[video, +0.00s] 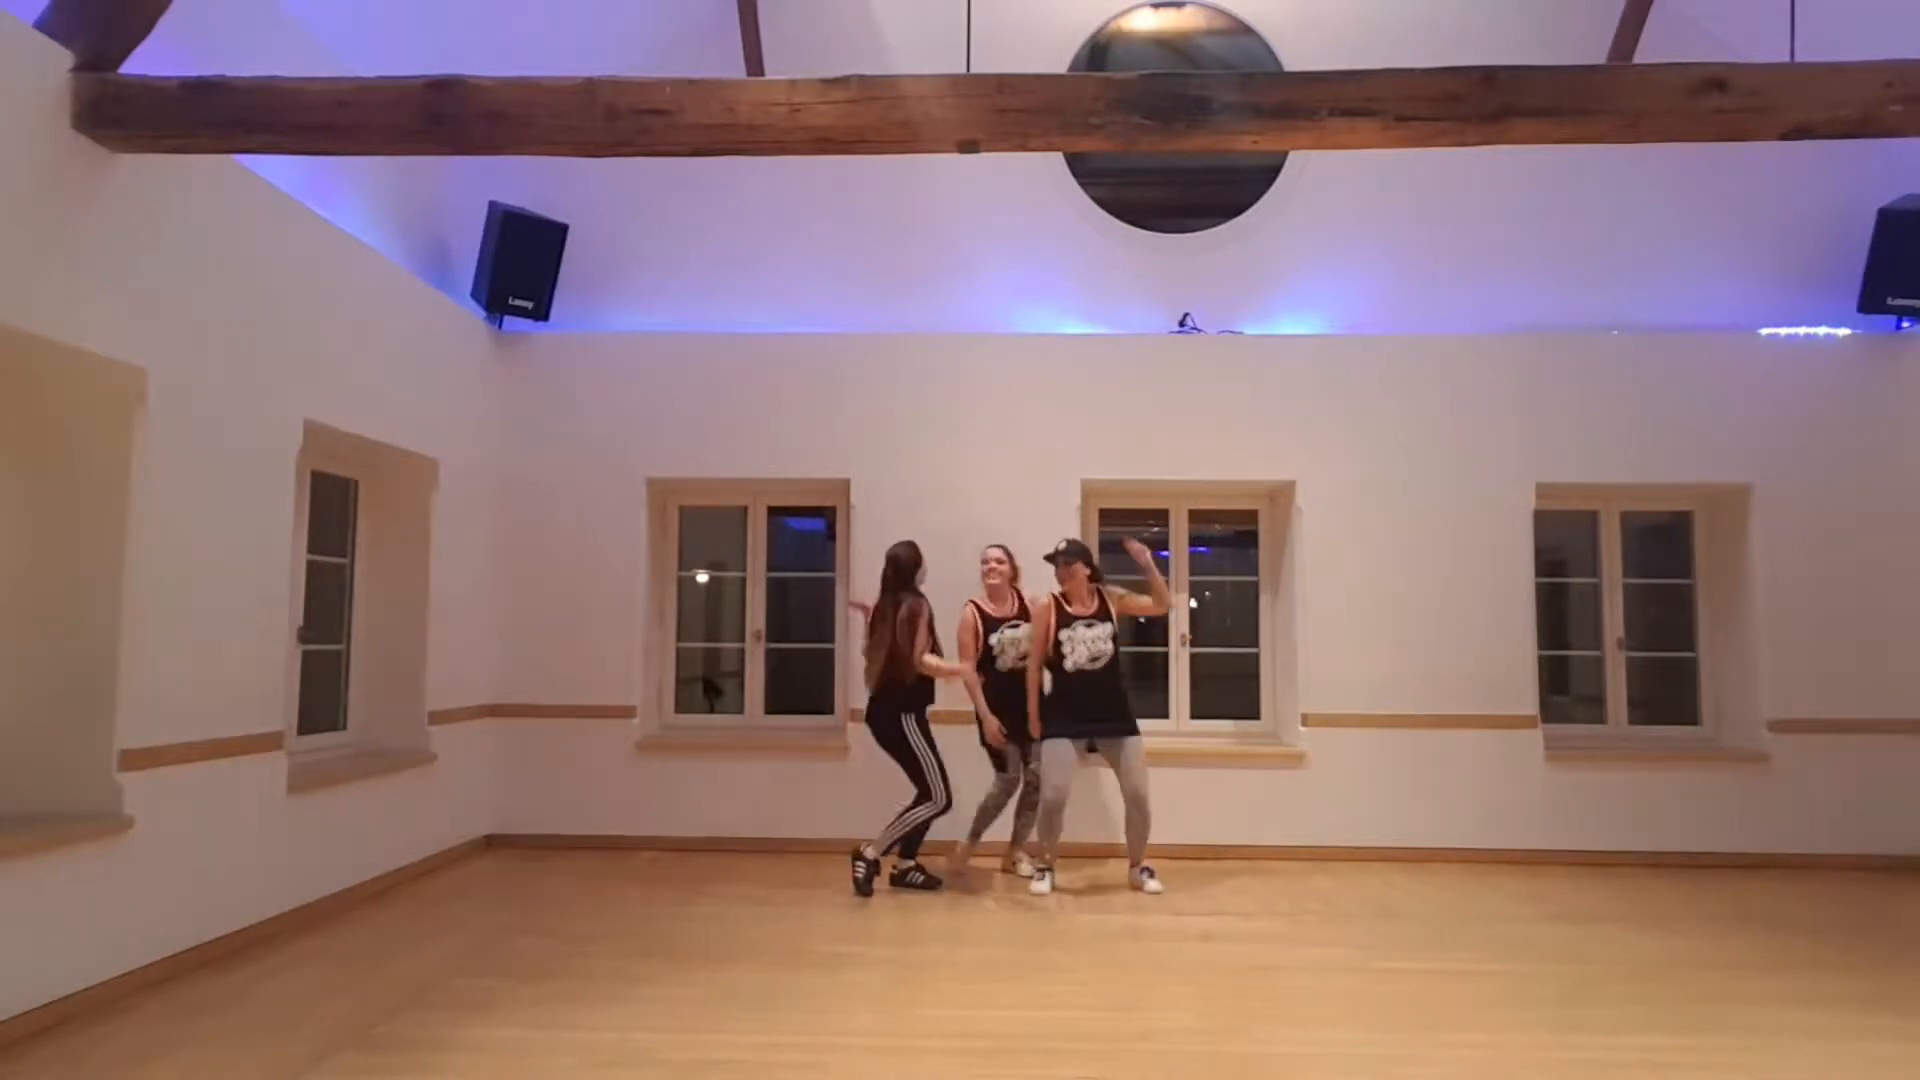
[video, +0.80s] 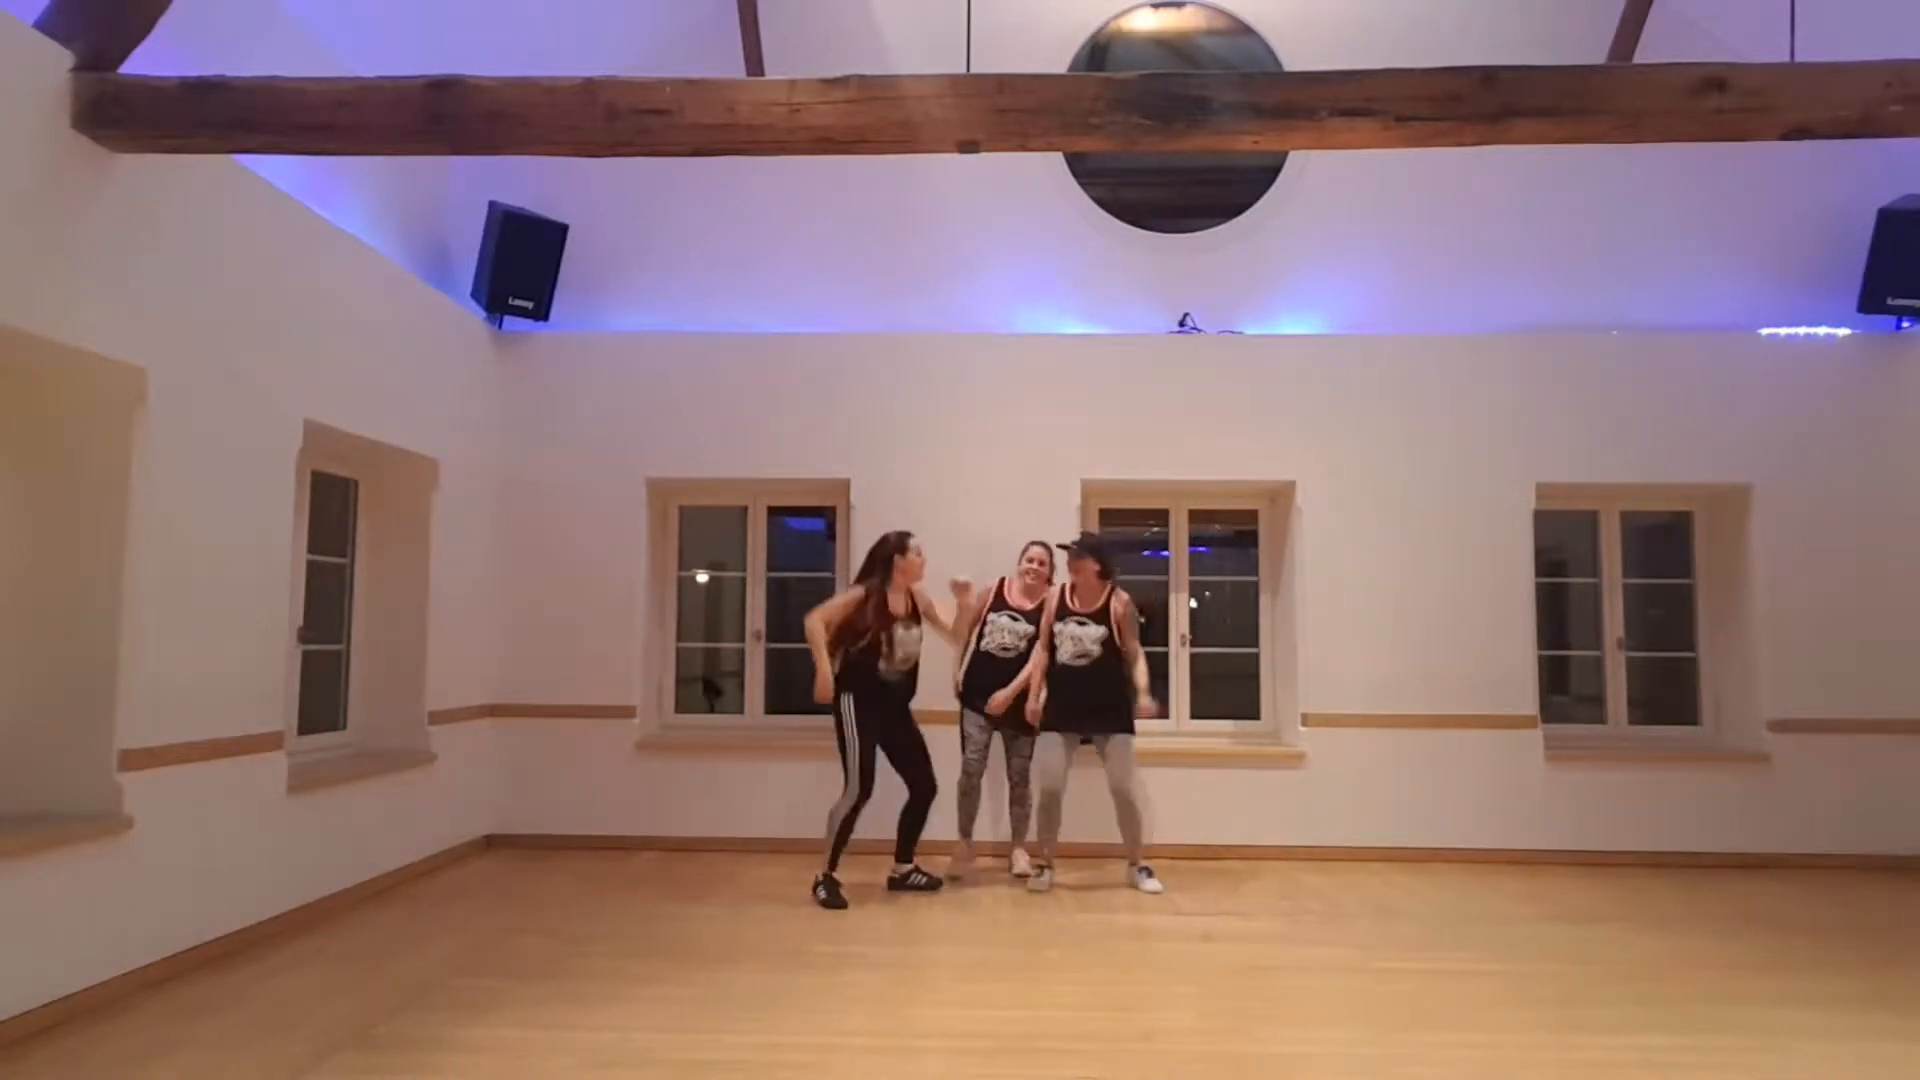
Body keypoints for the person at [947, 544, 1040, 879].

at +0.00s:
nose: (991, 567)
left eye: (999, 561)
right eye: (986, 562)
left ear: (1012, 569)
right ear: (980, 570)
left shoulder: (1028, 606)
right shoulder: (973, 613)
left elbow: (1045, 652)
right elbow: (968, 669)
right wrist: (986, 715)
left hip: (1029, 697)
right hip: (994, 702)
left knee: (1034, 778)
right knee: (1009, 777)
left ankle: (1017, 851)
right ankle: (968, 844)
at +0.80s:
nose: (1034, 567)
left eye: (1041, 563)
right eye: (1029, 561)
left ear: (1050, 572)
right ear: (1018, 564)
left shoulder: (1050, 605)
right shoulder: (992, 591)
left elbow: (1042, 653)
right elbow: (967, 631)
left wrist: (1011, 691)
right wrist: (957, 670)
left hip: (1021, 696)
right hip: (978, 690)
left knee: (1019, 775)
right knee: (972, 768)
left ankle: (1019, 847)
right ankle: (965, 841)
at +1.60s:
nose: (998, 566)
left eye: (1004, 561)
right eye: (993, 560)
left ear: (1018, 563)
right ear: (986, 562)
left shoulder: (1031, 598)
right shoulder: (975, 594)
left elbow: (1045, 643)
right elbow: (965, 636)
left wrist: (1054, 685)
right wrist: (988, 623)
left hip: (1019, 697)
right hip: (978, 695)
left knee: (1022, 773)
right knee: (966, 770)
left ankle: (1013, 844)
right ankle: (951, 840)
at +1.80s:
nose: (981, 575)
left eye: (988, 569)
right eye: (976, 569)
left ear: (1000, 571)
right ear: (968, 570)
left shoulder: (1015, 600)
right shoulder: (959, 592)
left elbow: (1024, 650)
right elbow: (973, 622)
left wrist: (1030, 699)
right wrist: (984, 607)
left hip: (1006, 698)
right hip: (965, 698)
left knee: (1008, 773)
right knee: (964, 771)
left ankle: (1011, 846)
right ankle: (954, 843)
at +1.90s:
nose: (978, 573)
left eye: (984, 567)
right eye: (973, 567)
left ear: (995, 567)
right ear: (965, 566)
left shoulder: (1007, 593)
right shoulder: (957, 587)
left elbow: (1017, 641)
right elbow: (958, 616)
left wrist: (1025, 688)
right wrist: (968, 640)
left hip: (998, 693)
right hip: (960, 693)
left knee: (1002, 770)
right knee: (961, 769)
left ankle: (1007, 845)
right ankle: (953, 842)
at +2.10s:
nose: (977, 567)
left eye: (983, 561)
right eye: (971, 561)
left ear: (993, 562)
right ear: (963, 560)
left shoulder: (1003, 589)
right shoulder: (948, 587)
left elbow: (1016, 626)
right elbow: (936, 633)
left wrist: (1015, 643)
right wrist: (943, 679)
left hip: (996, 685)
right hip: (959, 685)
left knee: (996, 766)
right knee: (964, 765)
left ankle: (990, 843)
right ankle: (957, 842)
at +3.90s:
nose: (916, 576)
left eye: (924, 572)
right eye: (914, 569)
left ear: (937, 576)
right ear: (910, 566)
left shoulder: (937, 608)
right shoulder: (893, 592)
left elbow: (922, 655)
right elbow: (867, 636)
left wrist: (886, 646)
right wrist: (843, 681)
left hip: (917, 698)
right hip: (877, 695)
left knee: (944, 766)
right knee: (856, 767)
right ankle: (856, 844)